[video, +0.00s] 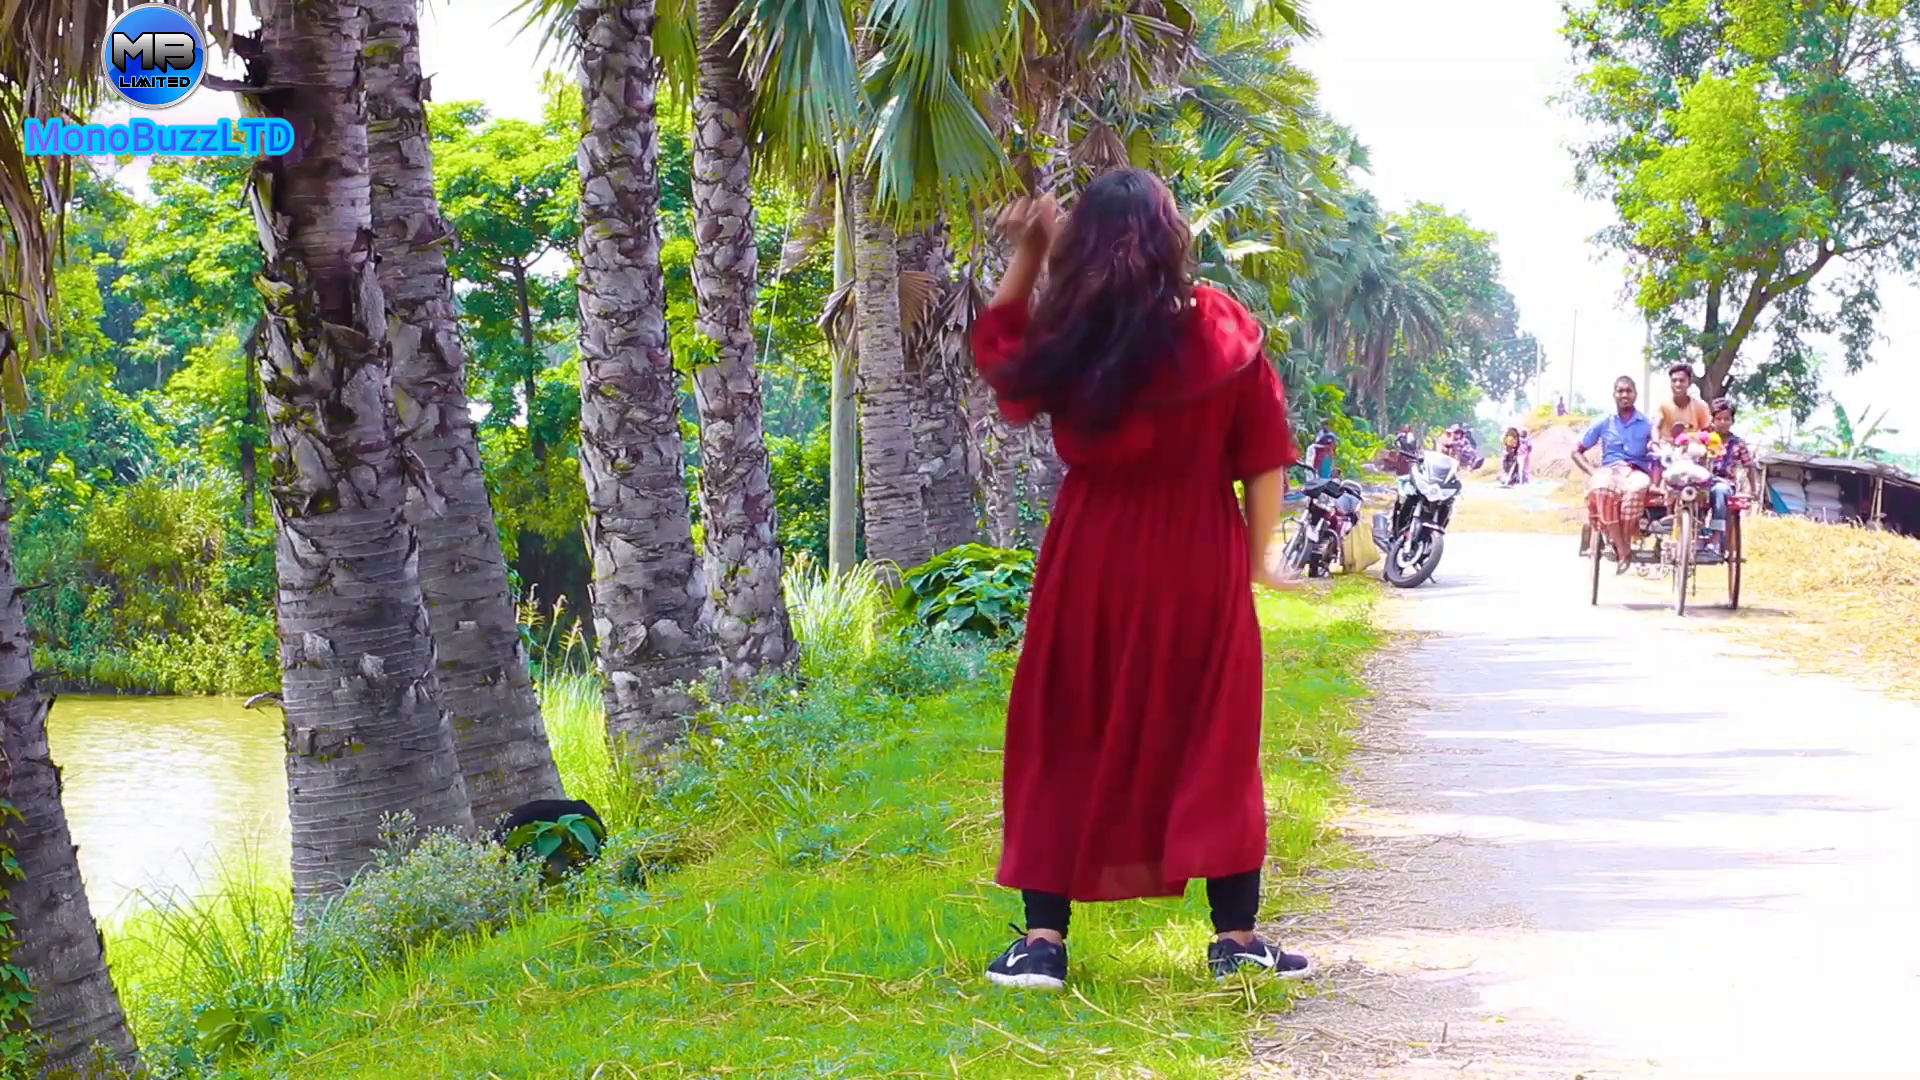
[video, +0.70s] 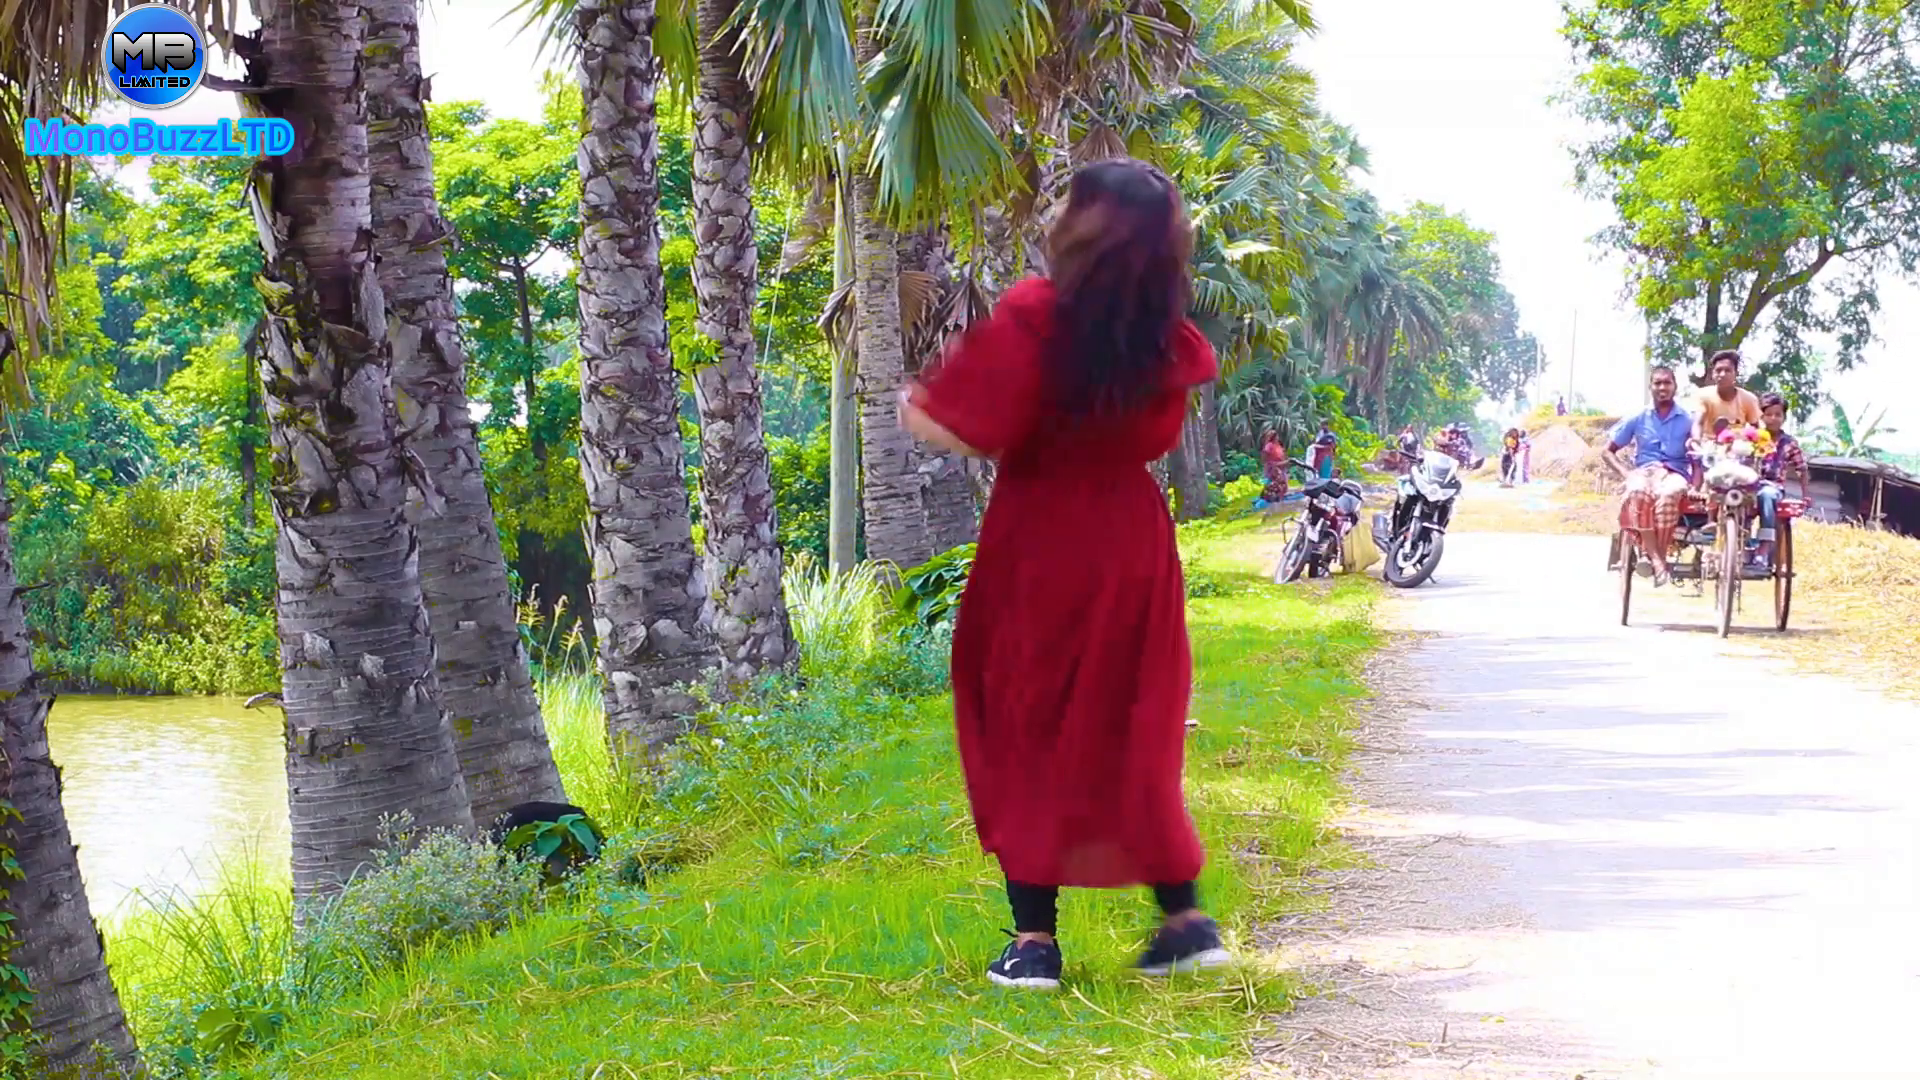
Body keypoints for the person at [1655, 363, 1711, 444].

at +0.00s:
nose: (1678, 384)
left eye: (1682, 381)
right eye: (1674, 380)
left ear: (1689, 383)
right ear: (1670, 383)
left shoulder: (1701, 407)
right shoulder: (1664, 406)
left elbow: (1708, 431)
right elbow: (1656, 427)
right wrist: (1655, 441)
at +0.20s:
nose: (1689, 383)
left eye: (1694, 378)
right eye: (1686, 378)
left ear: (1701, 380)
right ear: (1681, 381)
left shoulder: (1714, 404)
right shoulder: (1675, 405)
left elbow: (1720, 431)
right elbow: (1667, 427)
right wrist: (1667, 441)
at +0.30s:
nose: (1695, 381)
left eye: (1700, 377)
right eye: (1691, 377)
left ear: (1708, 380)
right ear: (1687, 380)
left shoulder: (1720, 404)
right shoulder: (1680, 403)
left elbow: (1727, 430)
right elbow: (1673, 426)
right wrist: (1673, 441)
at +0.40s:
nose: (1702, 379)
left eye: (1706, 375)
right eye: (1698, 375)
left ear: (1715, 377)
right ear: (1693, 378)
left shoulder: (1726, 402)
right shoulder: (1686, 400)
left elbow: (1735, 428)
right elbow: (1680, 424)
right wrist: (1679, 440)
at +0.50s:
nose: (1708, 378)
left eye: (1713, 374)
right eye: (1704, 374)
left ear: (1721, 377)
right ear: (1699, 377)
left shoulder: (1734, 402)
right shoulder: (1693, 401)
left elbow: (1741, 428)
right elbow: (1686, 424)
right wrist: (1685, 440)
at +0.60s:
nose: (1715, 376)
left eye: (1720, 372)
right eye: (1711, 372)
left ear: (1728, 375)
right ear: (1706, 376)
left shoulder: (1742, 400)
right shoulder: (1699, 398)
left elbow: (1749, 427)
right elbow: (1692, 423)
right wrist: (1690, 440)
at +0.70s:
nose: (1722, 375)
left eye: (1728, 370)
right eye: (1718, 370)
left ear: (1736, 374)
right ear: (1712, 373)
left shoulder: (1749, 399)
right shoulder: (1703, 395)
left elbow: (1756, 426)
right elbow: (1697, 421)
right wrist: (1696, 438)